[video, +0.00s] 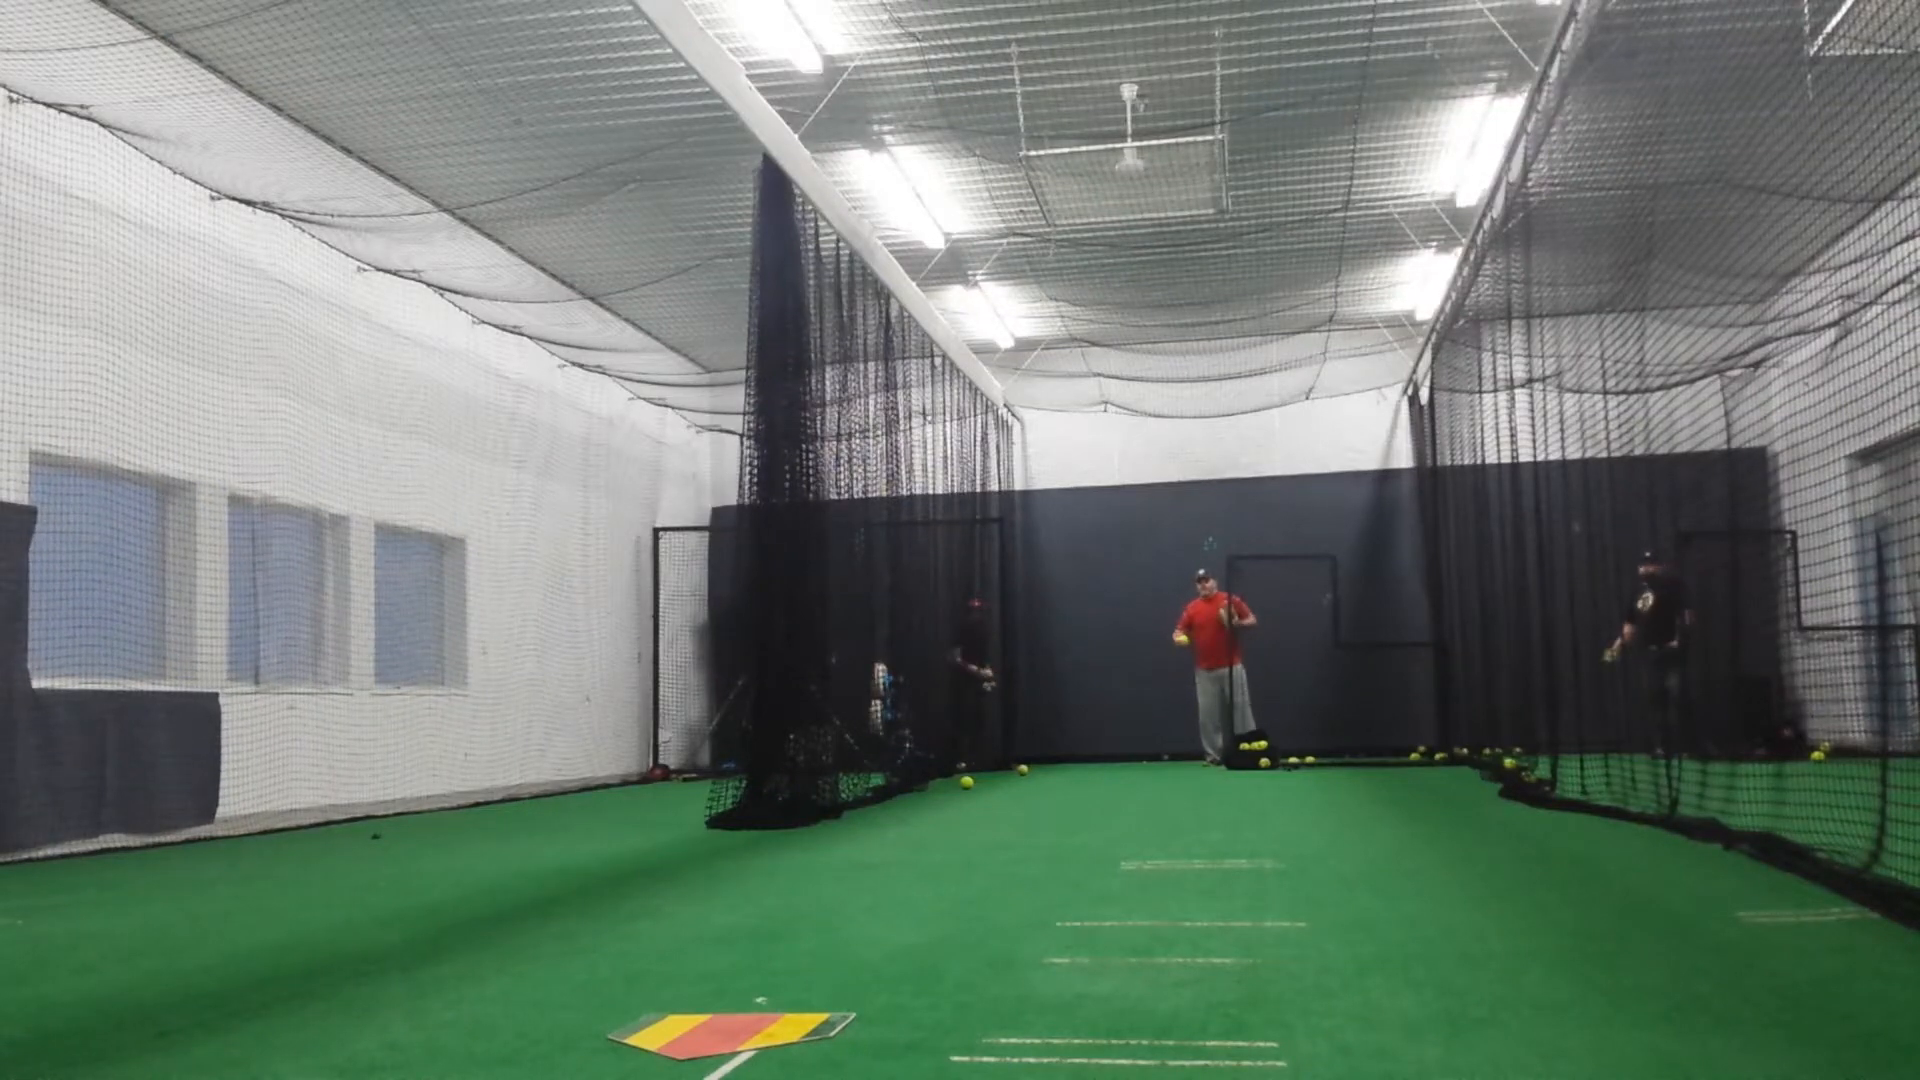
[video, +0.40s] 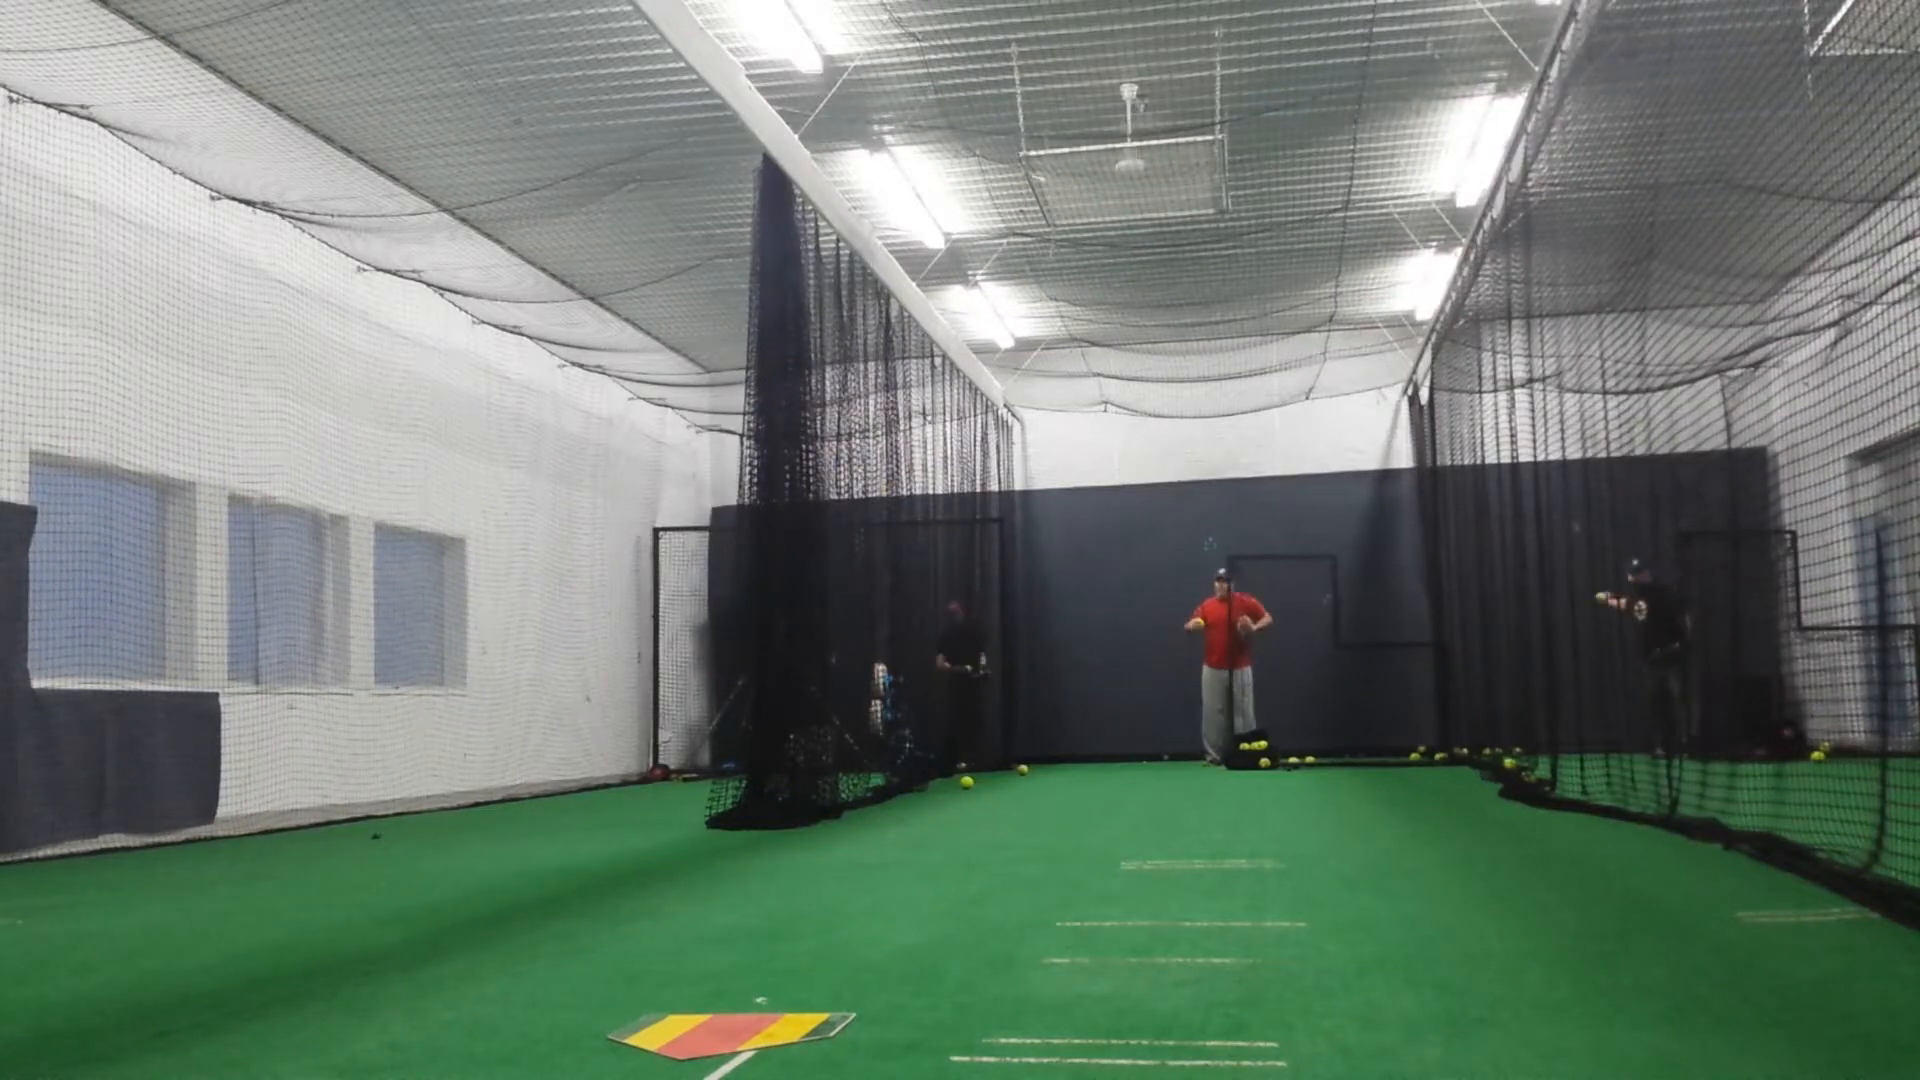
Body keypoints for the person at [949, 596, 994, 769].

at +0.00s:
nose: (975, 614)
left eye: (978, 610)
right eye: (972, 610)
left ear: (983, 612)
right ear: (966, 612)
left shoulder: (984, 633)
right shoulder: (962, 630)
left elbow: (986, 659)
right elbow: (956, 658)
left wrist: (988, 676)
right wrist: (979, 672)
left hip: (978, 683)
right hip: (963, 683)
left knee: (979, 719)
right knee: (964, 719)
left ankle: (979, 757)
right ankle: (962, 758)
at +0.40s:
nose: (955, 617)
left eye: (957, 613)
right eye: (951, 614)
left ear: (964, 612)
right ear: (948, 616)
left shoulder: (975, 630)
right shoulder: (947, 633)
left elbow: (982, 653)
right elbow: (940, 663)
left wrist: (982, 667)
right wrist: (960, 669)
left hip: (973, 682)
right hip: (955, 683)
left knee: (973, 720)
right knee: (956, 721)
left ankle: (973, 759)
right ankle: (957, 759)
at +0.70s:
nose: (937, 619)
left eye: (940, 615)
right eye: (934, 616)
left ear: (946, 614)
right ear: (932, 617)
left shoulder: (962, 630)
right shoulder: (934, 633)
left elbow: (977, 647)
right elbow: (930, 659)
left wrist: (972, 666)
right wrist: (938, 673)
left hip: (965, 679)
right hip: (945, 681)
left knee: (965, 719)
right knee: (946, 719)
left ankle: (966, 757)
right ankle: (947, 757)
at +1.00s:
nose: (933, 618)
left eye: (934, 613)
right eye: (930, 615)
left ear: (941, 611)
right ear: (929, 616)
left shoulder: (956, 628)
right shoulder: (930, 634)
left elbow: (973, 646)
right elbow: (927, 659)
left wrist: (968, 660)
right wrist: (928, 678)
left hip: (959, 679)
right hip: (940, 681)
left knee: (958, 719)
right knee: (942, 720)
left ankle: (959, 758)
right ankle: (942, 760)